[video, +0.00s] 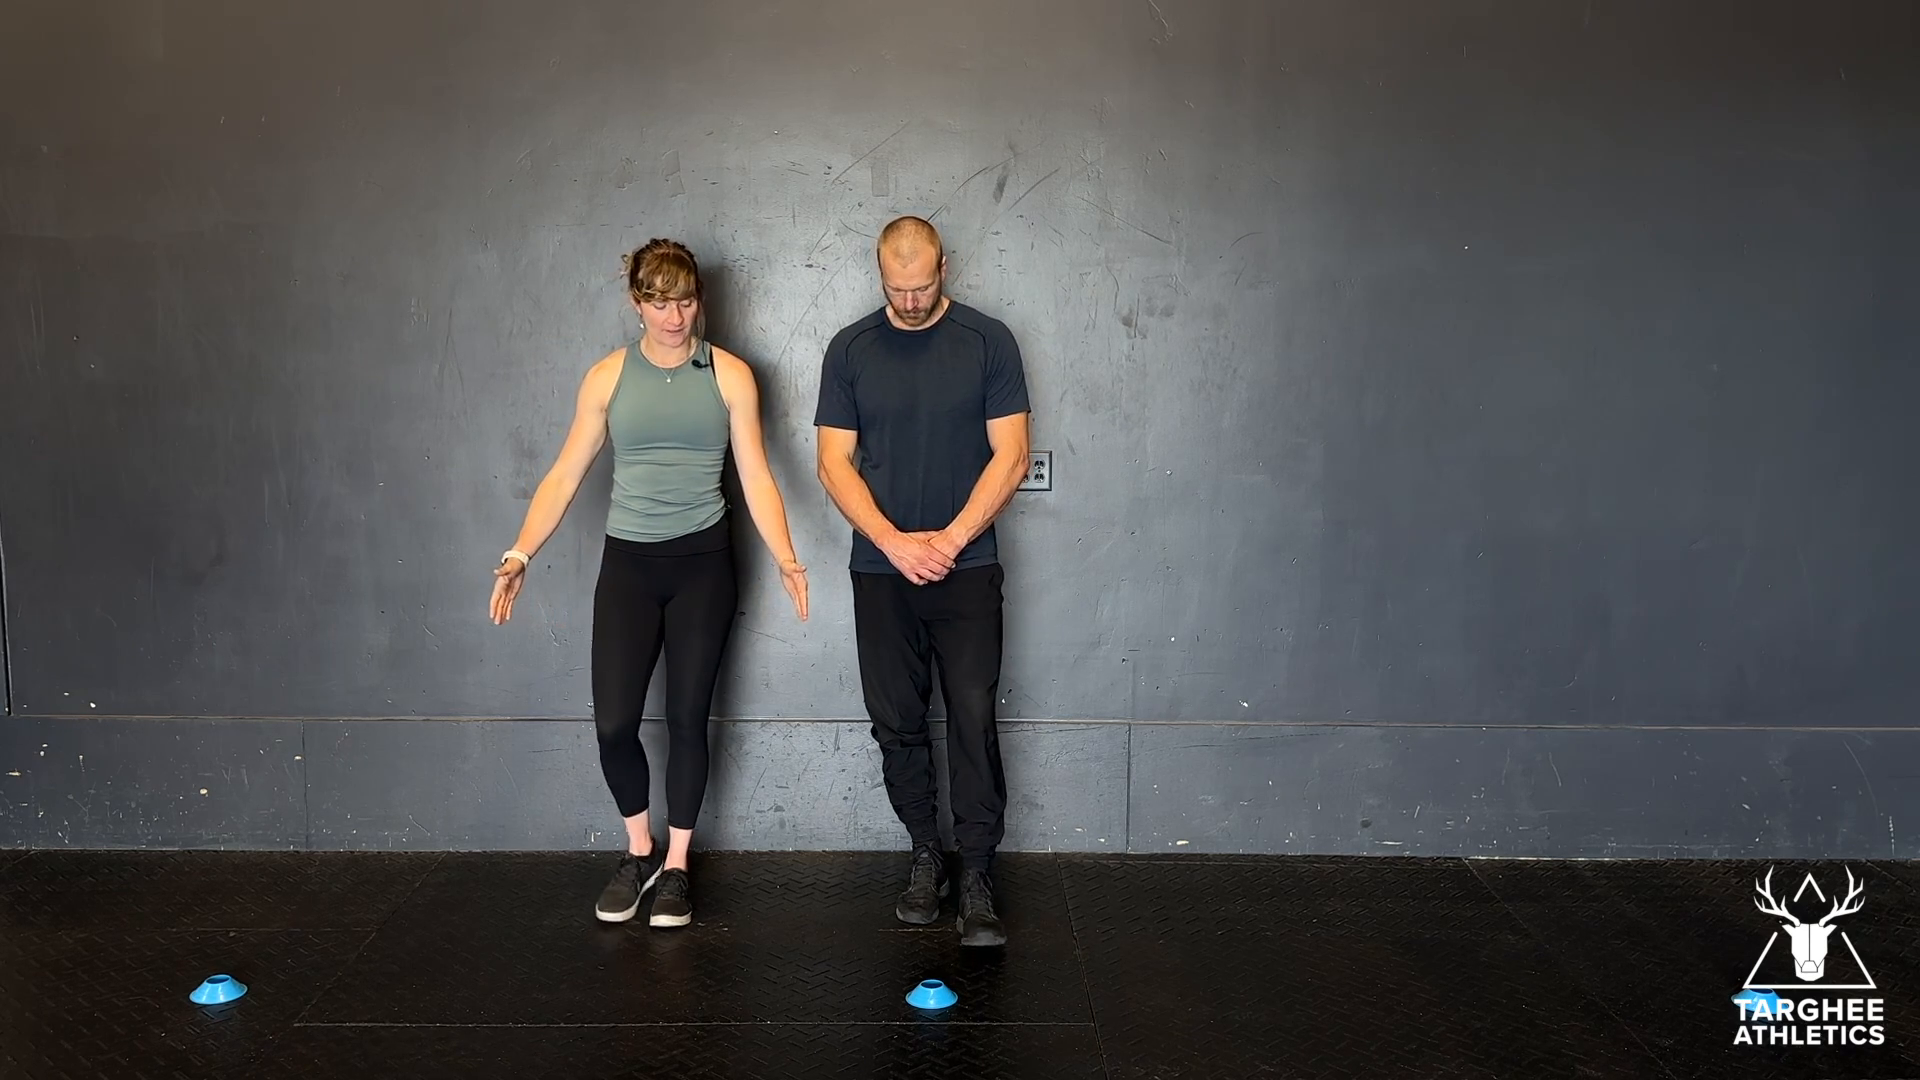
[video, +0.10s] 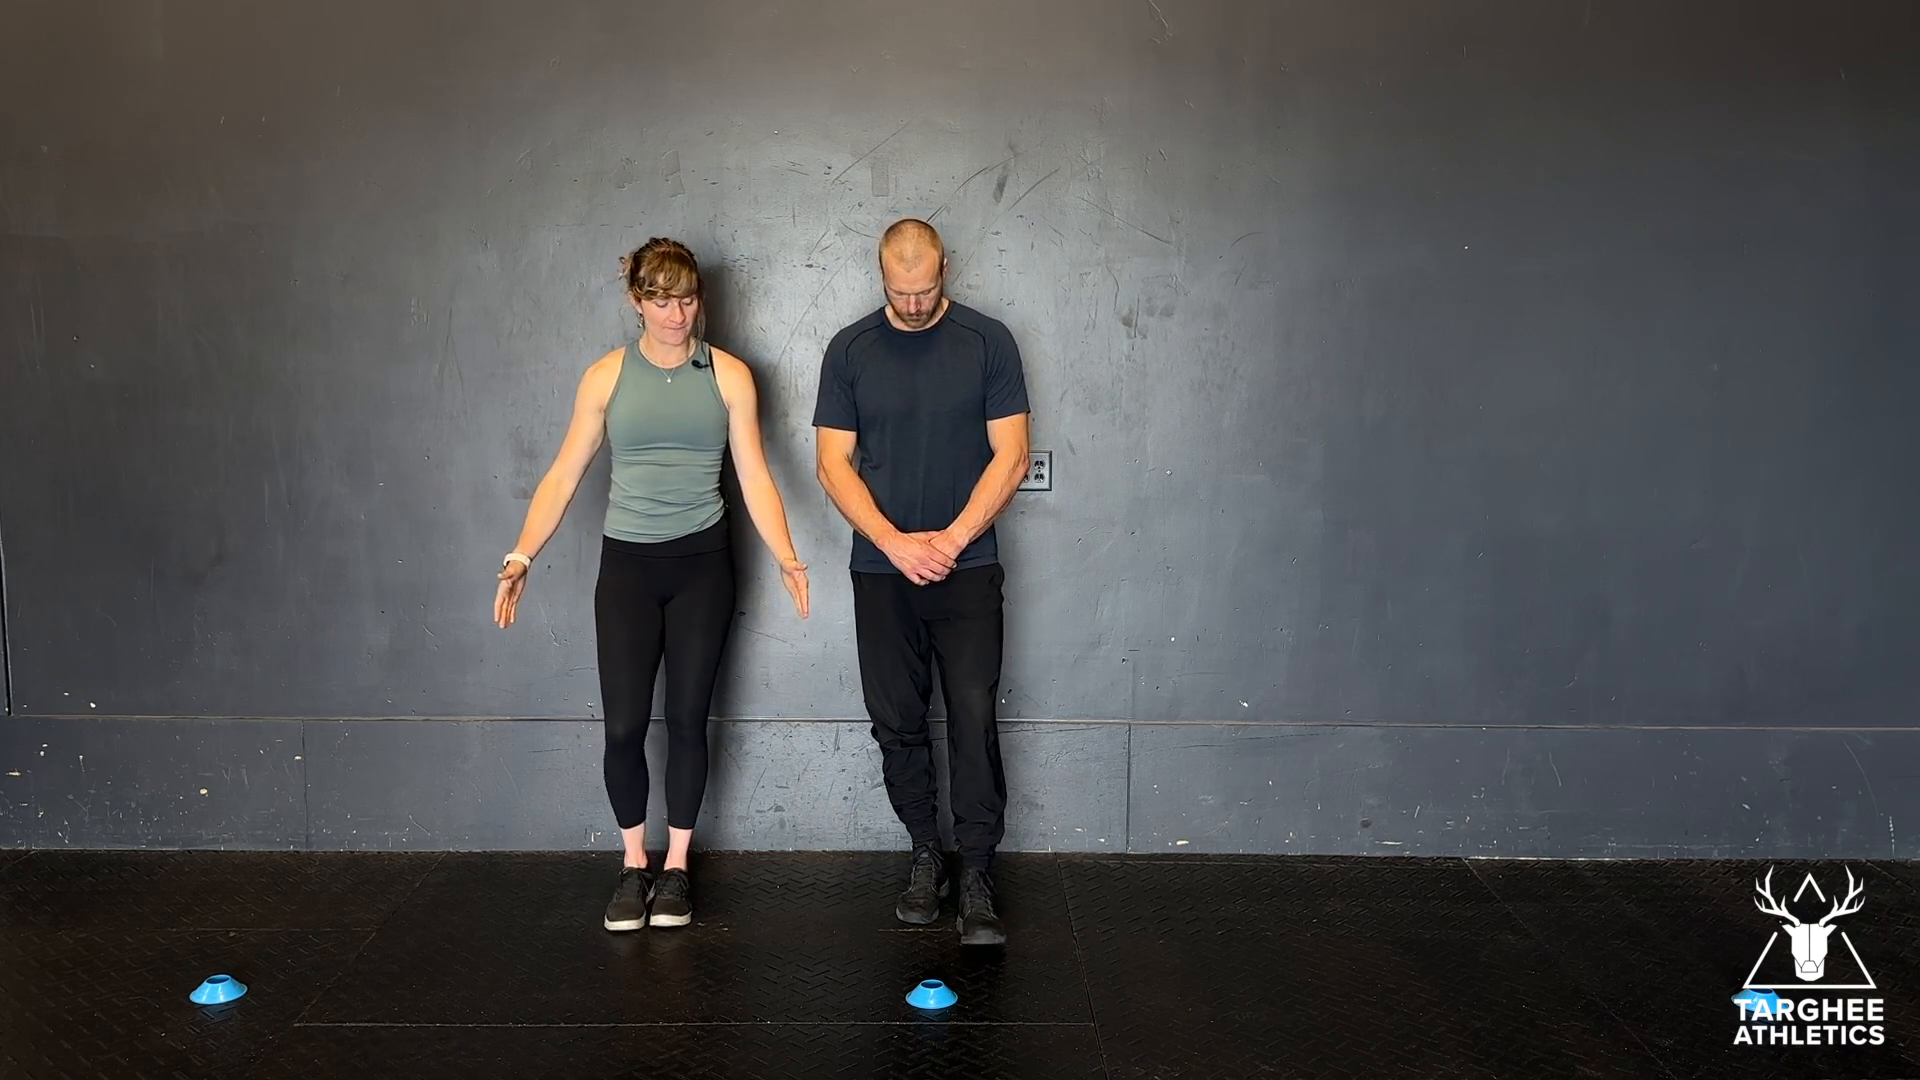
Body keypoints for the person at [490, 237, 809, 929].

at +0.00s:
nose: (675, 315)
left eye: (684, 300)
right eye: (660, 303)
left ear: (699, 301)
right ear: (636, 304)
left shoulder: (730, 376)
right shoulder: (608, 377)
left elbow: (754, 474)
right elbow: (565, 474)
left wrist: (786, 557)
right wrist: (518, 555)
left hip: (703, 562)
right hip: (626, 564)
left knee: (687, 716)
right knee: (615, 724)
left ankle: (676, 868)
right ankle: (642, 855)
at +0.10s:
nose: (676, 311)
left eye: (686, 297)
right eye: (661, 299)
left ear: (699, 301)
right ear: (636, 301)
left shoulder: (729, 377)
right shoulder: (607, 377)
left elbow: (753, 475)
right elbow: (565, 473)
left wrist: (787, 557)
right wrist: (520, 557)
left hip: (703, 563)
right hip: (626, 565)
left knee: (686, 718)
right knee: (624, 724)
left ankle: (676, 868)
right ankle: (635, 866)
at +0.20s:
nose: (678, 312)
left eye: (687, 298)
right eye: (663, 300)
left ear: (698, 300)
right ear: (635, 302)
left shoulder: (726, 376)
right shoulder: (603, 377)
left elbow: (749, 472)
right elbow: (563, 475)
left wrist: (785, 549)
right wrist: (523, 560)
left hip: (703, 564)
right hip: (626, 567)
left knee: (687, 719)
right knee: (628, 722)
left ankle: (677, 868)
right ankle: (635, 869)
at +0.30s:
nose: (679, 312)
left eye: (687, 298)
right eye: (664, 300)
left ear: (696, 299)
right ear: (633, 302)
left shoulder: (722, 375)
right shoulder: (599, 378)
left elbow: (744, 471)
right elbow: (560, 478)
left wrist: (780, 536)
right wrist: (534, 564)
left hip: (702, 564)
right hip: (626, 567)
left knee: (697, 719)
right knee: (630, 721)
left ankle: (681, 865)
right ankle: (634, 865)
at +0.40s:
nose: (682, 313)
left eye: (689, 299)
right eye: (666, 301)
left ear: (698, 300)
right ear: (634, 302)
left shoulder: (721, 376)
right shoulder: (600, 380)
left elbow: (742, 472)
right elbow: (561, 483)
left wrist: (779, 530)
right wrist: (549, 571)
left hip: (705, 564)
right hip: (628, 569)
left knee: (716, 721)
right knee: (631, 721)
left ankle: (694, 861)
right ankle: (635, 868)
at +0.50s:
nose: (685, 311)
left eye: (693, 298)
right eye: (670, 299)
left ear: (701, 300)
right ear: (639, 302)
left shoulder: (725, 374)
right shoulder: (604, 378)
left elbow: (746, 471)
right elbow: (568, 484)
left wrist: (782, 524)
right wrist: (569, 575)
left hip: (710, 565)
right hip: (633, 570)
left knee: (733, 722)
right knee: (634, 724)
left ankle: (734, 869)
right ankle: (635, 871)